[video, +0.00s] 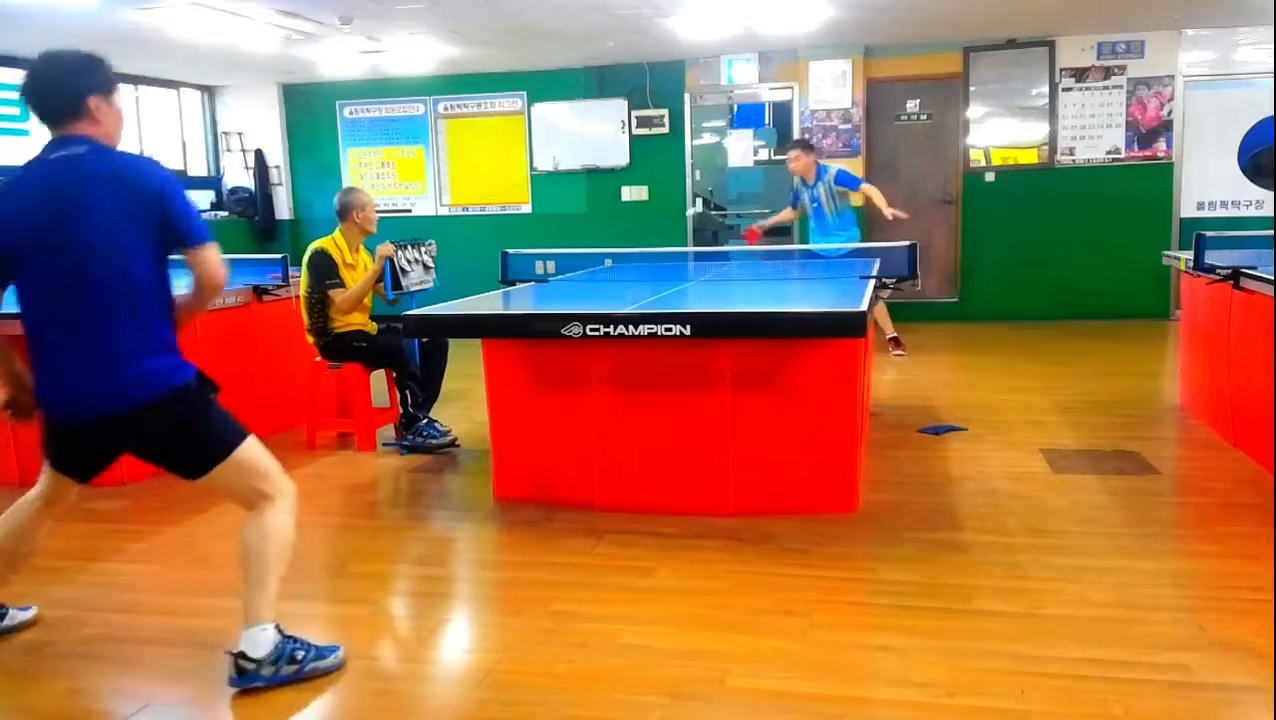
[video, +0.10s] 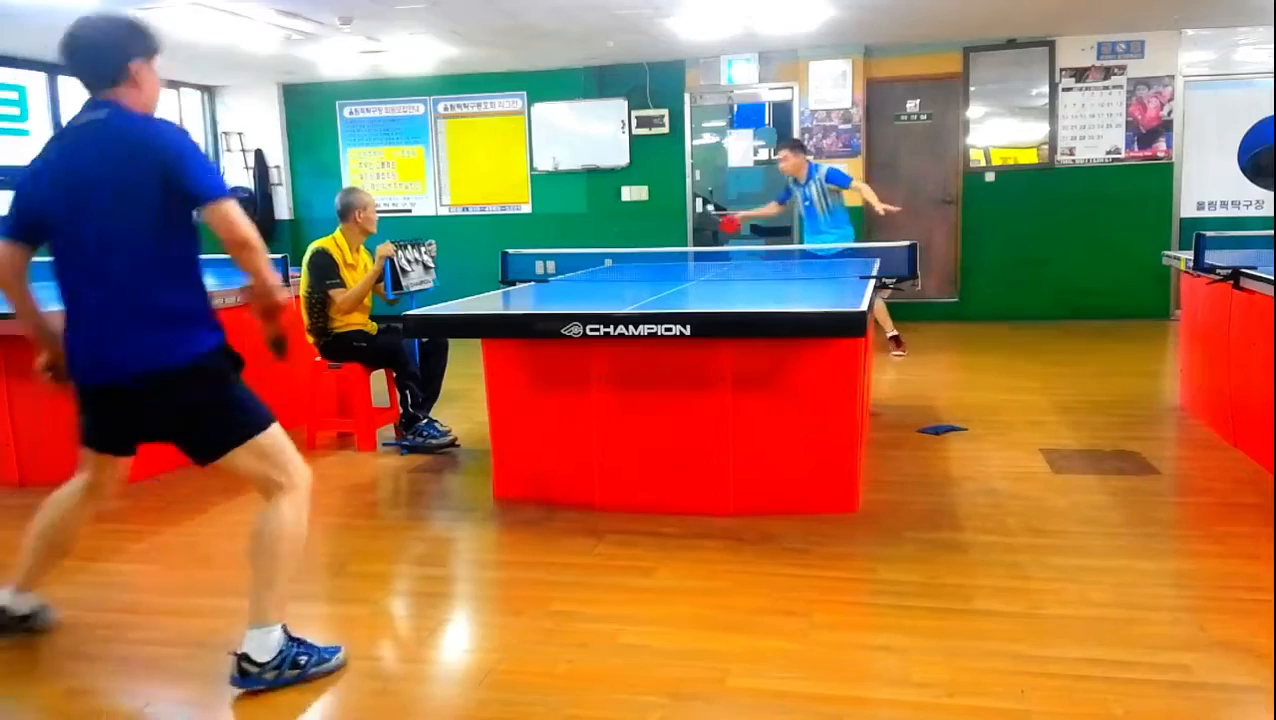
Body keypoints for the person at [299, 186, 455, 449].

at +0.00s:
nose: (377, 216)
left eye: (375, 210)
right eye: (373, 210)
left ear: (356, 217)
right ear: (356, 216)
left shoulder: (364, 254)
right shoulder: (320, 253)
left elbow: (390, 297)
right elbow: (343, 304)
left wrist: (417, 262)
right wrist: (377, 268)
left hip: (364, 330)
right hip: (334, 338)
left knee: (435, 340)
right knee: (400, 347)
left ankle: (419, 419)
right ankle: (412, 427)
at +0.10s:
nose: (377, 217)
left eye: (376, 211)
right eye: (374, 211)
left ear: (357, 218)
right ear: (358, 216)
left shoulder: (363, 253)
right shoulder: (321, 253)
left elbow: (389, 297)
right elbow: (343, 304)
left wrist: (416, 263)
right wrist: (377, 269)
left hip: (364, 330)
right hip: (334, 338)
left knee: (435, 340)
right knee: (401, 347)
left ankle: (419, 419)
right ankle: (412, 427)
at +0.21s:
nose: (378, 217)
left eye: (376, 211)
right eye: (374, 211)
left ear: (357, 217)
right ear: (358, 216)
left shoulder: (363, 254)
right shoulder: (321, 252)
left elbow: (389, 297)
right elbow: (343, 304)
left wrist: (416, 263)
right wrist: (377, 267)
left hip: (367, 331)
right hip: (338, 339)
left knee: (435, 340)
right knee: (402, 347)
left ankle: (419, 419)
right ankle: (411, 427)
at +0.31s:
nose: (377, 217)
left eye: (376, 211)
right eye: (373, 211)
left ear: (357, 217)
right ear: (357, 216)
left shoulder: (364, 253)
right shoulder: (322, 252)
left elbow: (389, 297)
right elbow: (342, 305)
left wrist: (415, 263)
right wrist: (377, 268)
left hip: (364, 330)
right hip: (334, 337)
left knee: (436, 339)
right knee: (400, 343)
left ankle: (420, 419)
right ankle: (410, 425)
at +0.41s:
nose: (377, 216)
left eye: (376, 210)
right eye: (371, 210)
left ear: (353, 216)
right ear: (348, 215)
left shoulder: (363, 253)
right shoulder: (322, 252)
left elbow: (389, 296)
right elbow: (343, 304)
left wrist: (417, 262)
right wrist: (377, 268)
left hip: (367, 330)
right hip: (339, 335)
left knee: (436, 338)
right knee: (397, 343)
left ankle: (420, 418)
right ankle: (402, 430)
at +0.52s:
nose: (372, 216)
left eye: (373, 210)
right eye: (365, 210)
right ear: (343, 214)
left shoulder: (364, 253)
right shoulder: (322, 252)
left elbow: (388, 297)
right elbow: (343, 304)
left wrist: (417, 262)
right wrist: (377, 268)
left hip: (365, 329)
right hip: (336, 336)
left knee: (436, 339)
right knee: (403, 342)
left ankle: (420, 418)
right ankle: (410, 424)